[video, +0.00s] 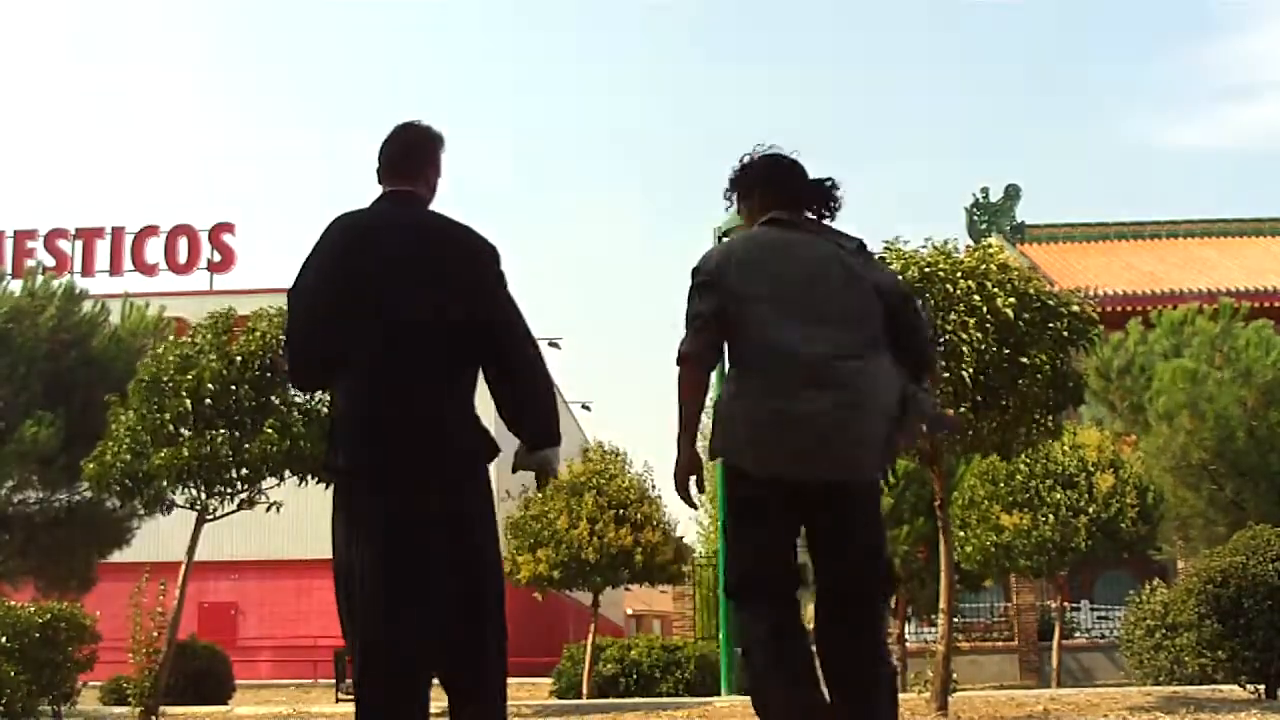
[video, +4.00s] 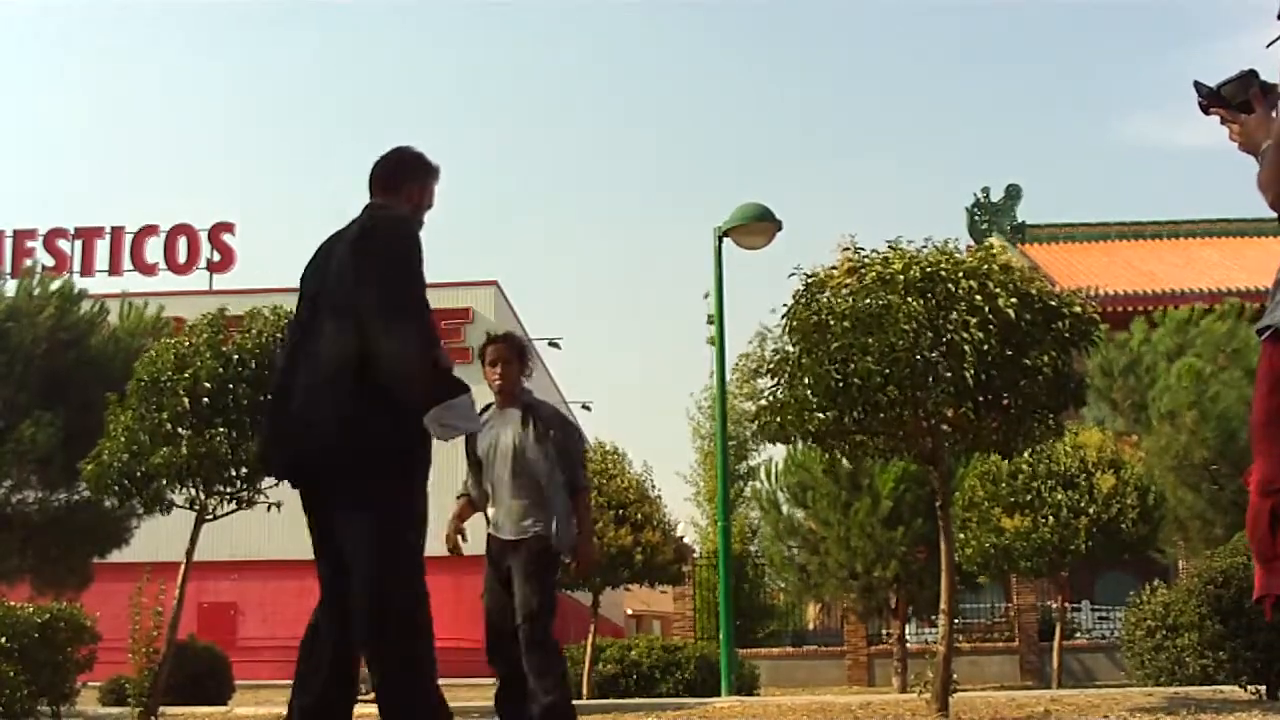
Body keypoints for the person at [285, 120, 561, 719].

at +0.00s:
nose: (435, 181)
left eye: (424, 170)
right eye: (438, 172)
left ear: (380, 171)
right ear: (436, 174)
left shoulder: (340, 239)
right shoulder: (469, 248)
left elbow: (303, 364)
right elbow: (511, 351)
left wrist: (361, 354)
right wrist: (540, 437)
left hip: (365, 464)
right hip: (452, 461)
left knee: (379, 628)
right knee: (471, 624)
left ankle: (389, 712)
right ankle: (479, 712)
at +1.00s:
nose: (419, 210)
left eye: (412, 202)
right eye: (442, 199)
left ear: (406, 201)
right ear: (460, 201)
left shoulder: (394, 244)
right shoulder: (499, 270)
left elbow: (362, 353)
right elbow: (518, 365)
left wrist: (328, 371)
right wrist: (473, 404)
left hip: (396, 472)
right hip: (478, 476)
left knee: (370, 636)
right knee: (498, 642)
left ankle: (383, 719)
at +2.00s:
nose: (328, 206)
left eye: (323, 199)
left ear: (319, 198)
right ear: (375, 195)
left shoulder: (302, 258)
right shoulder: (424, 254)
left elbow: (277, 392)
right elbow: (472, 360)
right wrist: (488, 444)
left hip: (350, 483)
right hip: (435, 474)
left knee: (368, 650)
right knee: (469, 639)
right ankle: (485, 717)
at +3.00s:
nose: (345, 212)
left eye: (336, 203)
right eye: (371, 200)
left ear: (331, 203)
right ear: (385, 202)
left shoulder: (306, 258)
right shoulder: (425, 258)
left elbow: (273, 353)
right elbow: (481, 355)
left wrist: (324, 394)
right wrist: (508, 425)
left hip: (344, 465)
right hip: (425, 459)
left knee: (358, 629)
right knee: (447, 625)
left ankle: (370, 715)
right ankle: (468, 715)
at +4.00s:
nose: (426, 213)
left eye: (428, 202)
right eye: (425, 201)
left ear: (377, 187)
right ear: (407, 190)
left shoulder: (330, 250)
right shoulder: (392, 237)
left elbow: (305, 353)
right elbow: (402, 340)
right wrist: (449, 401)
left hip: (324, 448)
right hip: (380, 449)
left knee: (340, 597)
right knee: (396, 596)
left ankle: (314, 710)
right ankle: (417, 710)